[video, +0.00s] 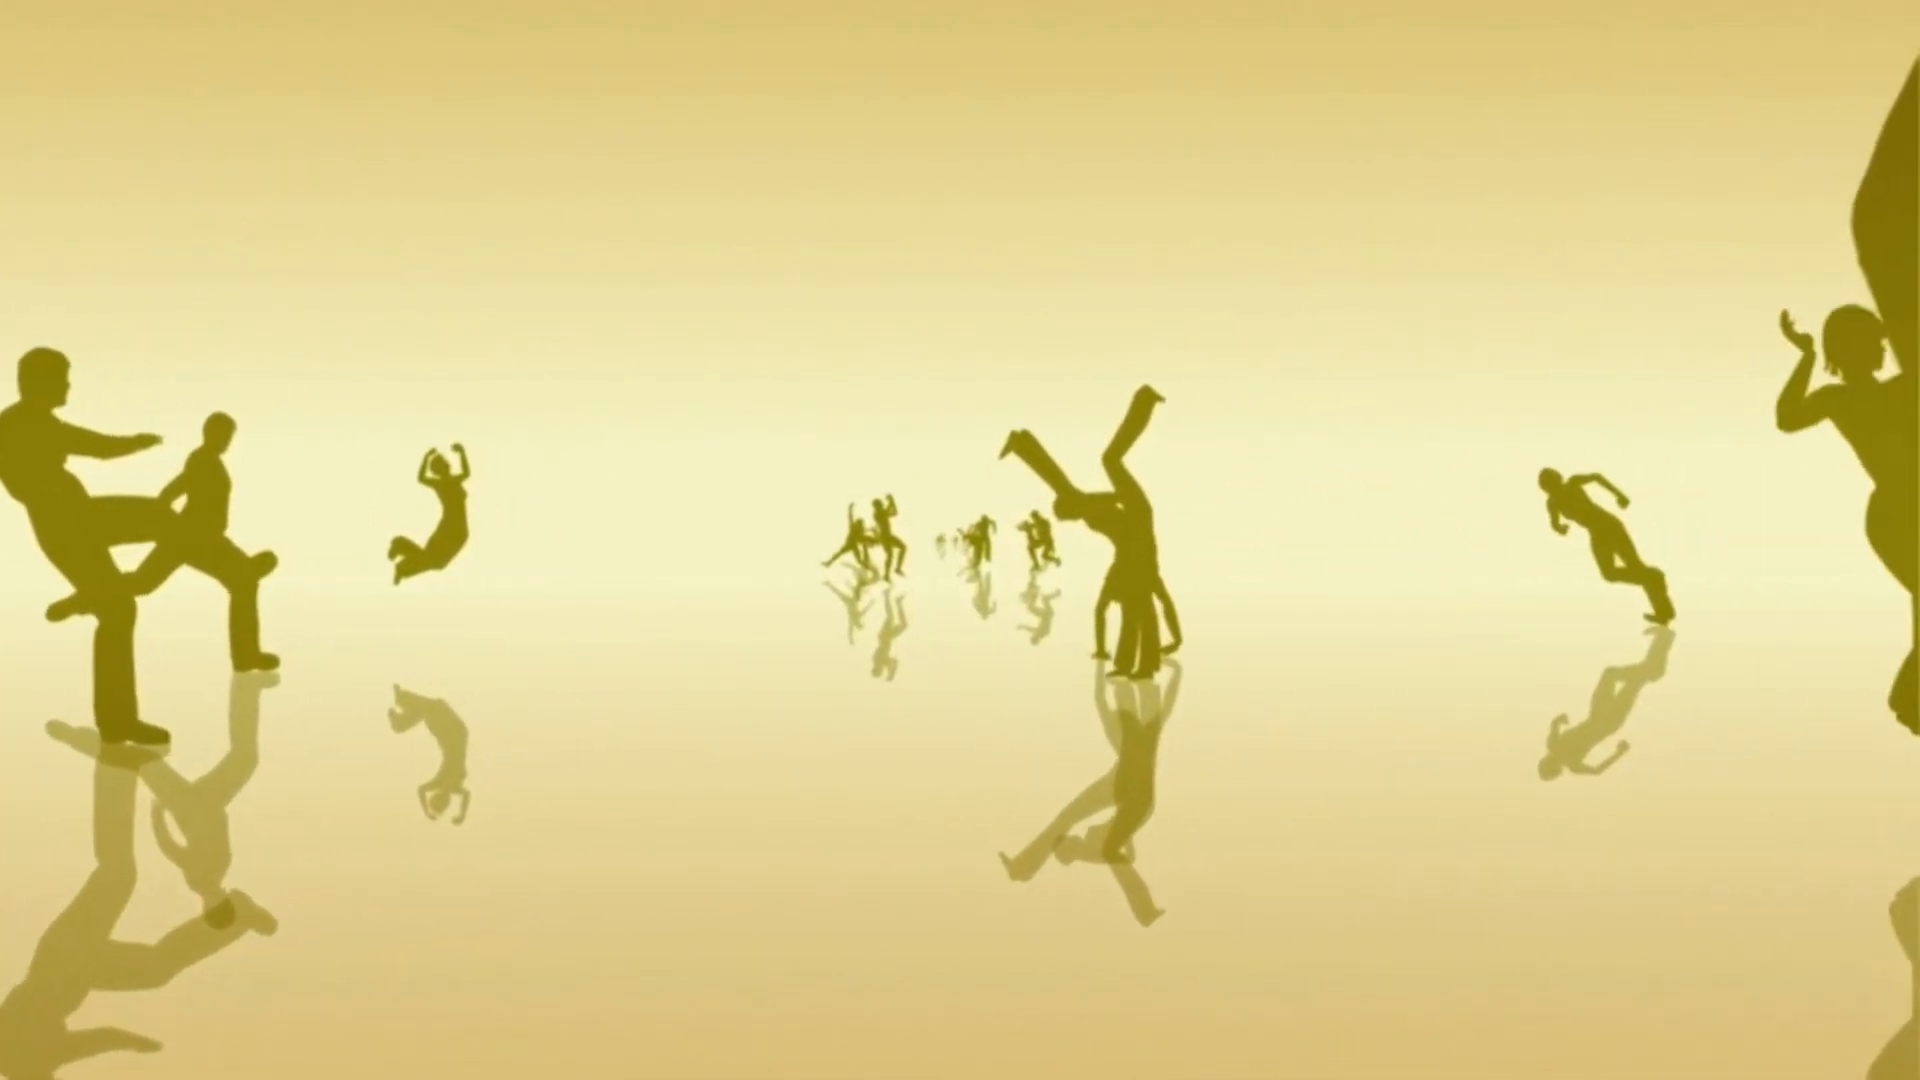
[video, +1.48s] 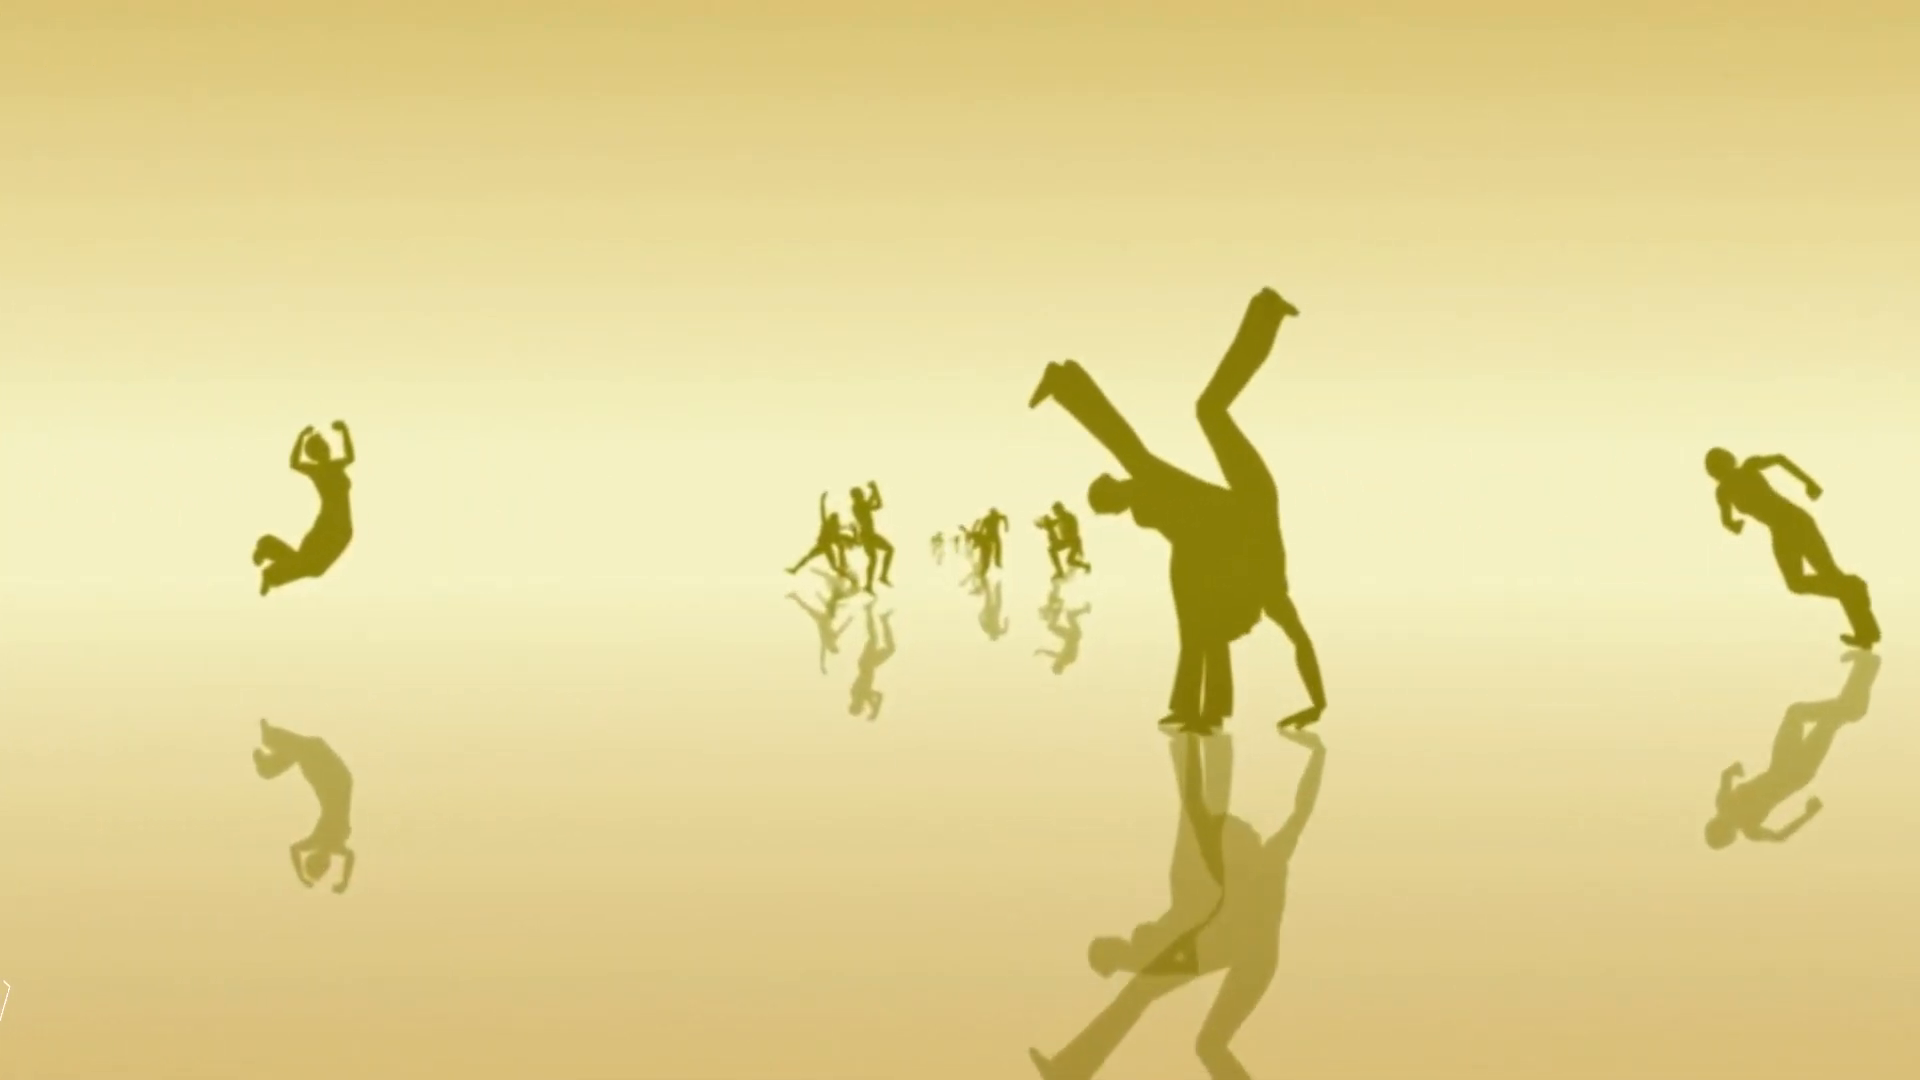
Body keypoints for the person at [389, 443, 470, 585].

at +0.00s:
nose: (443, 466)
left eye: (443, 462)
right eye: (439, 464)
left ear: (448, 463)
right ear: (435, 469)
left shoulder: (455, 481)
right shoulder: (438, 483)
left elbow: (466, 473)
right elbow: (421, 478)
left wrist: (462, 453)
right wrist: (426, 458)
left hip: (461, 528)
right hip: (447, 525)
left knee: (440, 563)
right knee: (431, 558)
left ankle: (403, 570)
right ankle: (401, 545)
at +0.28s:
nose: (422, 463)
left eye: (422, 459)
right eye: (417, 462)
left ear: (426, 460)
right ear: (413, 466)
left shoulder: (433, 478)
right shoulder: (416, 481)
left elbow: (445, 470)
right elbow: (398, 476)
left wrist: (441, 449)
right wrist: (403, 454)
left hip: (440, 527)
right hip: (426, 523)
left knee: (418, 564)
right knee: (408, 559)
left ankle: (380, 571)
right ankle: (377, 545)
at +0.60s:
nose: (402, 460)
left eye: (402, 456)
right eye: (397, 458)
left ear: (406, 457)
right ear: (392, 463)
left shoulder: (413, 476)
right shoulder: (396, 478)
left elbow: (425, 468)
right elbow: (377, 473)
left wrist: (421, 445)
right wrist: (382, 450)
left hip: (420, 528)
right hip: (405, 524)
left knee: (397, 565)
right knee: (387, 559)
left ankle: (357, 572)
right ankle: (355, 545)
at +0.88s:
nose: (375, 457)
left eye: (376, 452)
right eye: (370, 455)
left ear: (381, 454)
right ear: (366, 460)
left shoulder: (388, 473)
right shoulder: (370, 476)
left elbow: (401, 465)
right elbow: (350, 470)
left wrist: (396, 441)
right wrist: (356, 446)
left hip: (396, 527)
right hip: (380, 523)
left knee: (372, 567)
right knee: (360, 561)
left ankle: (331, 574)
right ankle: (328, 545)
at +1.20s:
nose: (352, 453)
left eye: (353, 449)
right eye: (347, 451)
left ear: (358, 450)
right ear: (342, 457)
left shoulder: (365, 470)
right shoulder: (346, 473)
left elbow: (378, 461)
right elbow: (326, 468)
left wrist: (373, 437)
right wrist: (332, 442)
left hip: (373, 526)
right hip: (357, 522)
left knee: (347, 568)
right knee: (335, 561)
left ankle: (304, 575)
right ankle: (301, 545)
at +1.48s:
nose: (322, 448)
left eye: (322, 443)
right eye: (317, 446)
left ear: (328, 445)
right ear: (312, 452)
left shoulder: (335, 466)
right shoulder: (315, 469)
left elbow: (350, 458)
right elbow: (294, 464)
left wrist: (345, 431)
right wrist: (301, 437)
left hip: (344, 526)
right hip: (327, 522)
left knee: (317, 569)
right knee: (306, 562)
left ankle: (273, 577)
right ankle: (269, 546)